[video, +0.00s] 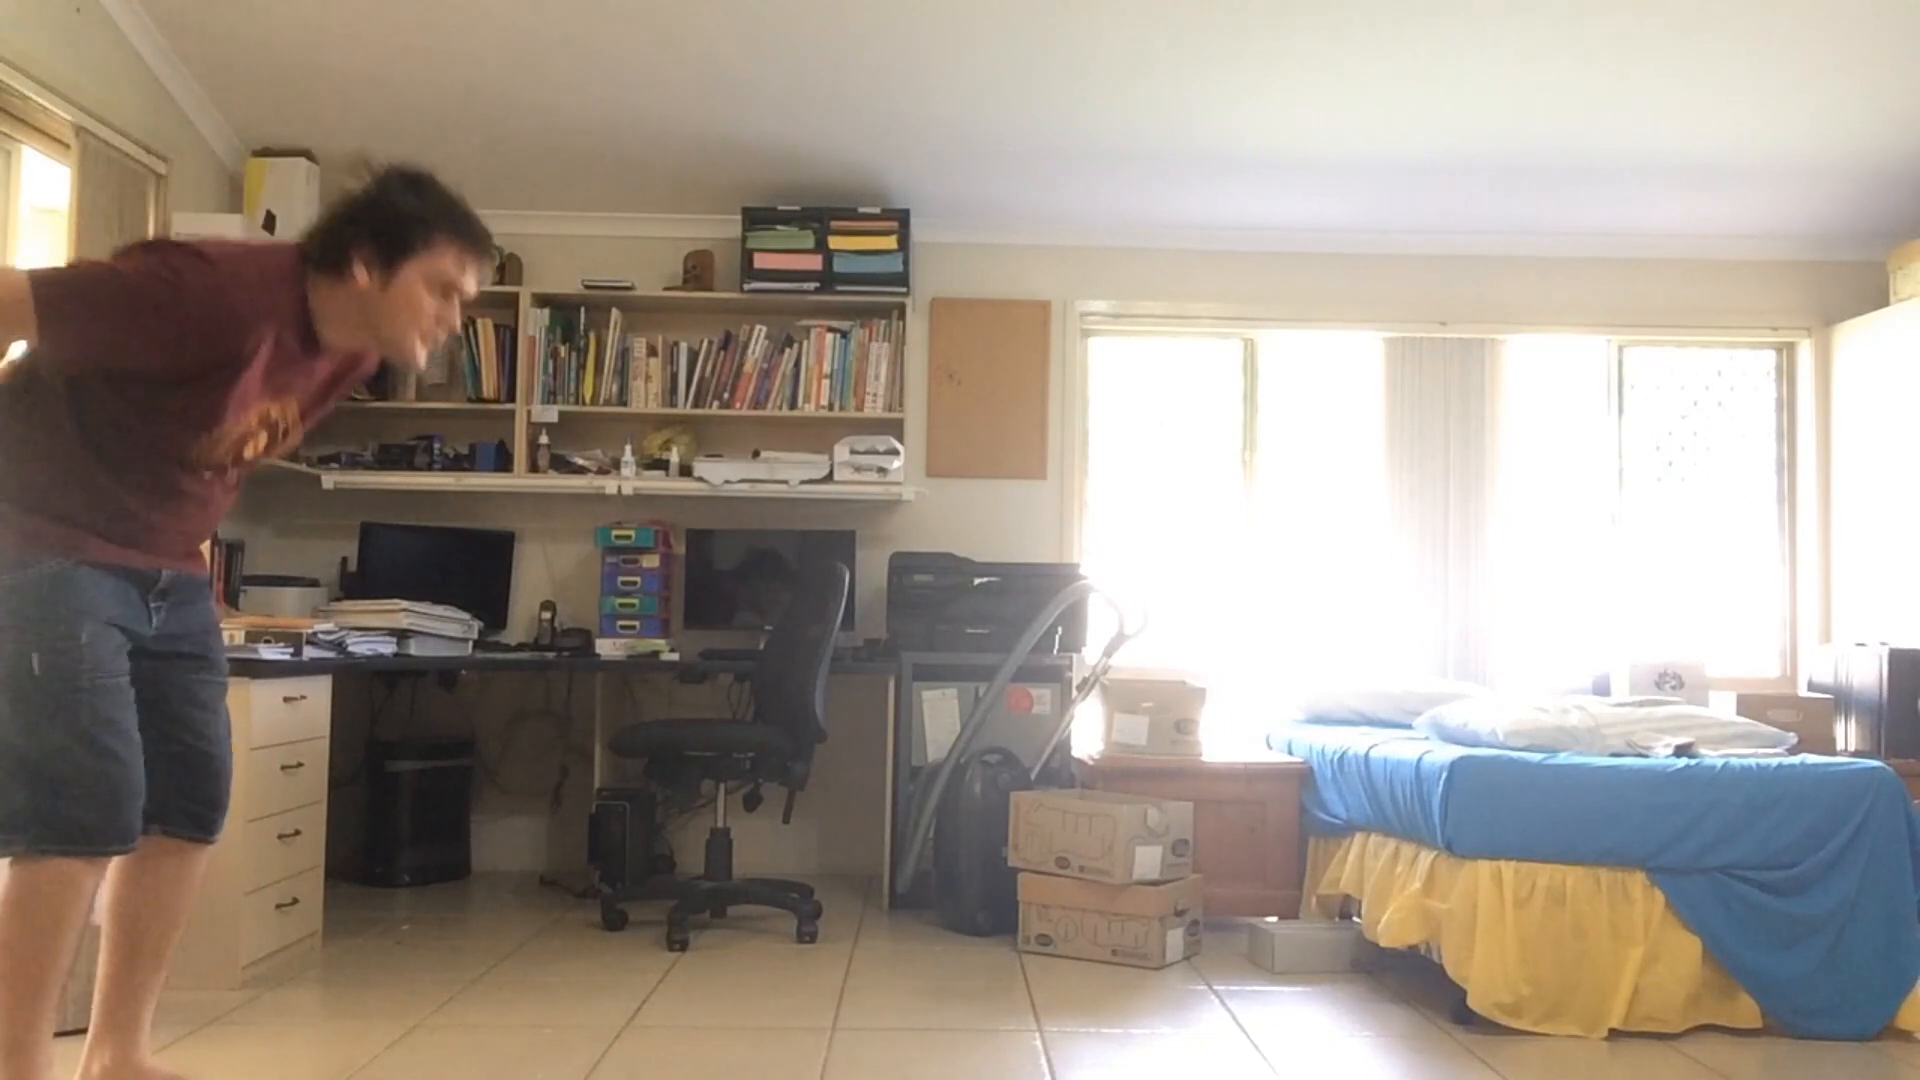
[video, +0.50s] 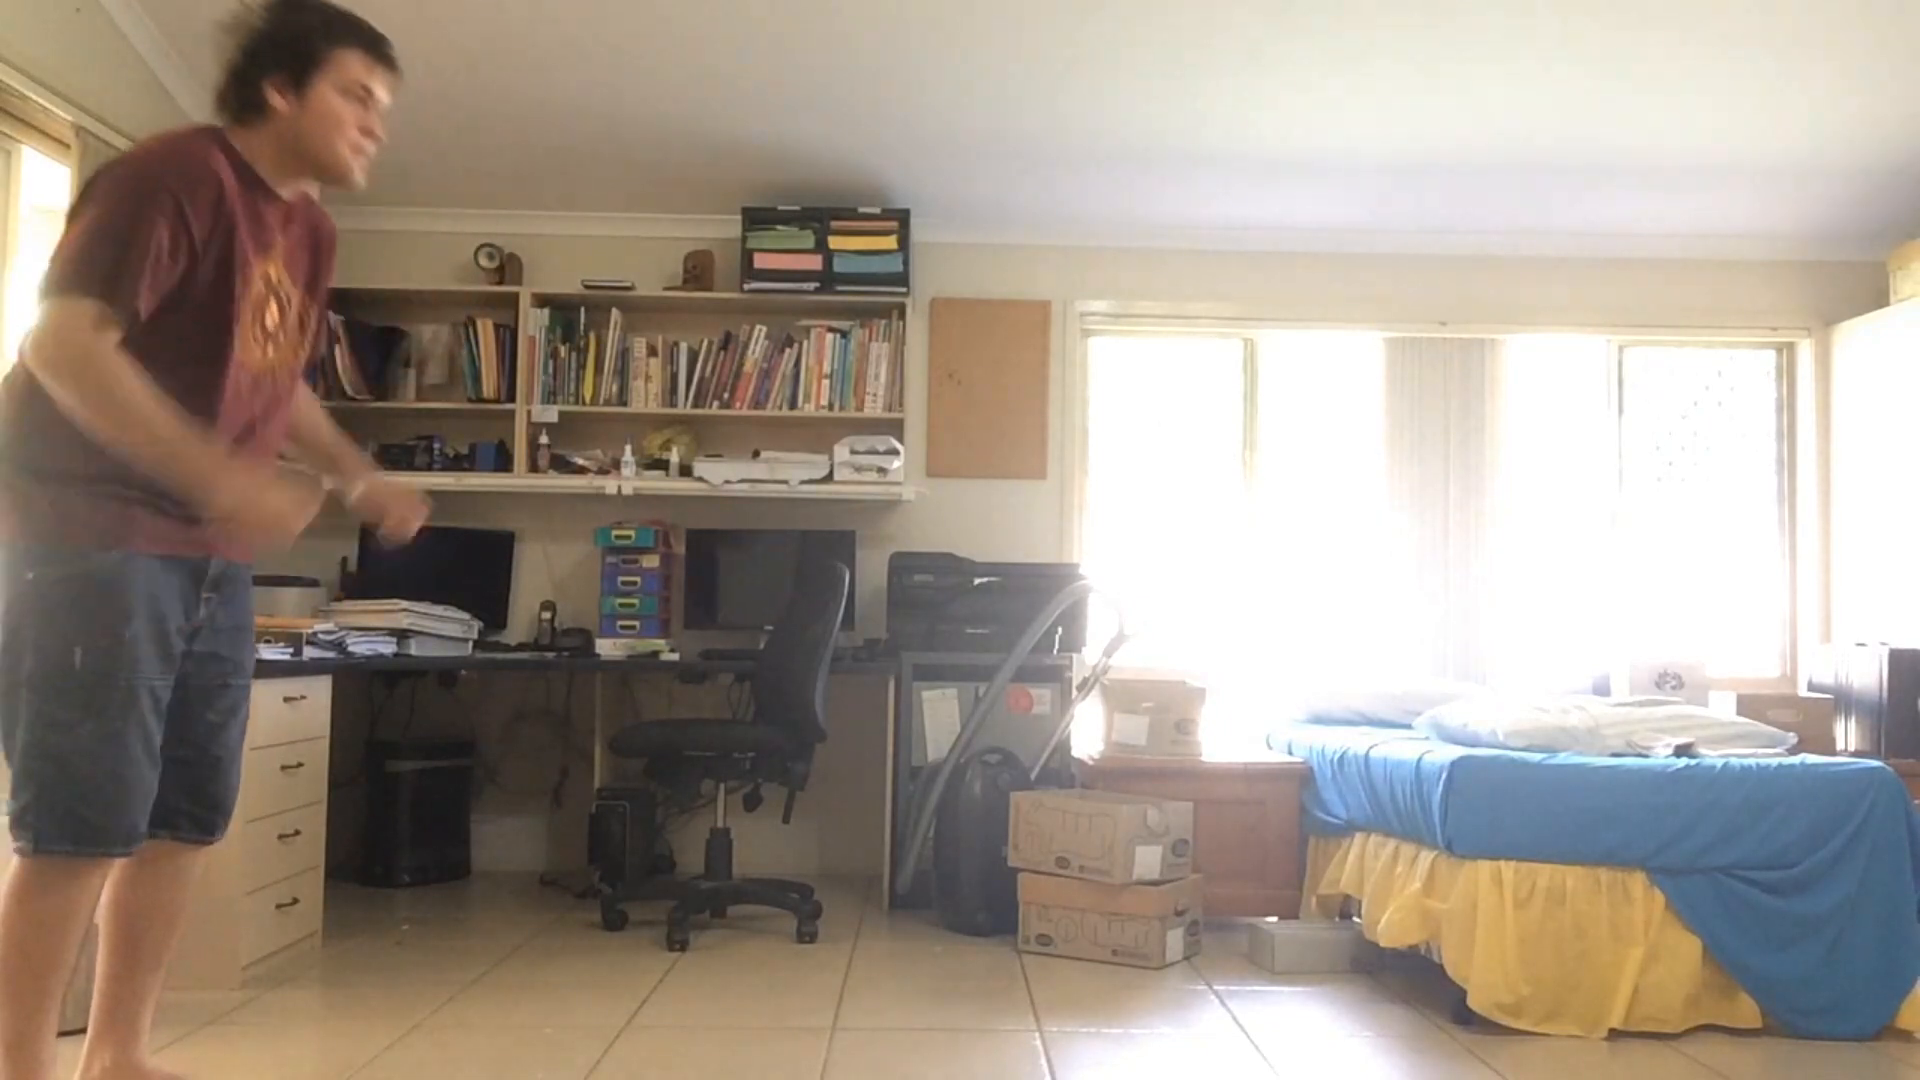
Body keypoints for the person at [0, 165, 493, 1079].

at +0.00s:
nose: (452, 321)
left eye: (463, 305)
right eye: (444, 290)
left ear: (382, 277)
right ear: (371, 261)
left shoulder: (356, 358)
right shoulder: (212, 290)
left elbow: (234, 437)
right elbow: (15, 297)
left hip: (174, 560)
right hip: (45, 543)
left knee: (186, 803)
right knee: (79, 808)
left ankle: (118, 1055)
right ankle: (21, 1064)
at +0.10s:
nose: (458, 349)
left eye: (468, 332)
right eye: (449, 319)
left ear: (388, 301)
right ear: (380, 289)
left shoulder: (358, 385)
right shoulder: (221, 311)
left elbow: (227, 458)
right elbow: (22, 338)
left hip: (178, 571)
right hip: (50, 553)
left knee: (193, 803)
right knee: (92, 808)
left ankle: (118, 1055)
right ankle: (23, 1064)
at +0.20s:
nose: (462, 318)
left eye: (470, 301)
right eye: (451, 286)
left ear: (388, 278)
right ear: (378, 264)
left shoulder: (363, 369)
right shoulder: (223, 298)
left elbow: (230, 461)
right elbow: (21, 371)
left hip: (183, 572)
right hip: (55, 554)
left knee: (198, 807)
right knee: (98, 813)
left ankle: (118, 1054)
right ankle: (23, 1065)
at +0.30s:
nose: (449, 248)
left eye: (457, 231)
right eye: (435, 218)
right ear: (356, 203)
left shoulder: (355, 320)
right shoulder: (207, 261)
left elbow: (259, 443)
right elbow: (29, 385)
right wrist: (10, 560)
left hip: (191, 564)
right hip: (73, 550)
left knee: (194, 806)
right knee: (96, 810)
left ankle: (118, 1054)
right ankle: (25, 1063)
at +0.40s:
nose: (417, 176)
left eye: (424, 158)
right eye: (399, 147)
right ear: (320, 138)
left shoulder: (336, 268)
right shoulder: (197, 211)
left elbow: (267, 422)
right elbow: (43, 366)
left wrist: (296, 538)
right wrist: (96, 554)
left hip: (207, 569)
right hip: (88, 553)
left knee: (183, 824)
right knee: (86, 828)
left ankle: (117, 1056)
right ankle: (24, 1061)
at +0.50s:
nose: (378, 124)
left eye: (383, 108)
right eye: (360, 96)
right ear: (282, 89)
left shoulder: (311, 231)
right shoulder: (174, 174)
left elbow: (274, 386)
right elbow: (63, 340)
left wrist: (360, 478)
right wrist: (216, 477)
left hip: (213, 551)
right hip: (91, 542)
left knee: (176, 824)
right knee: (74, 829)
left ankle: (116, 1058)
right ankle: (25, 1062)